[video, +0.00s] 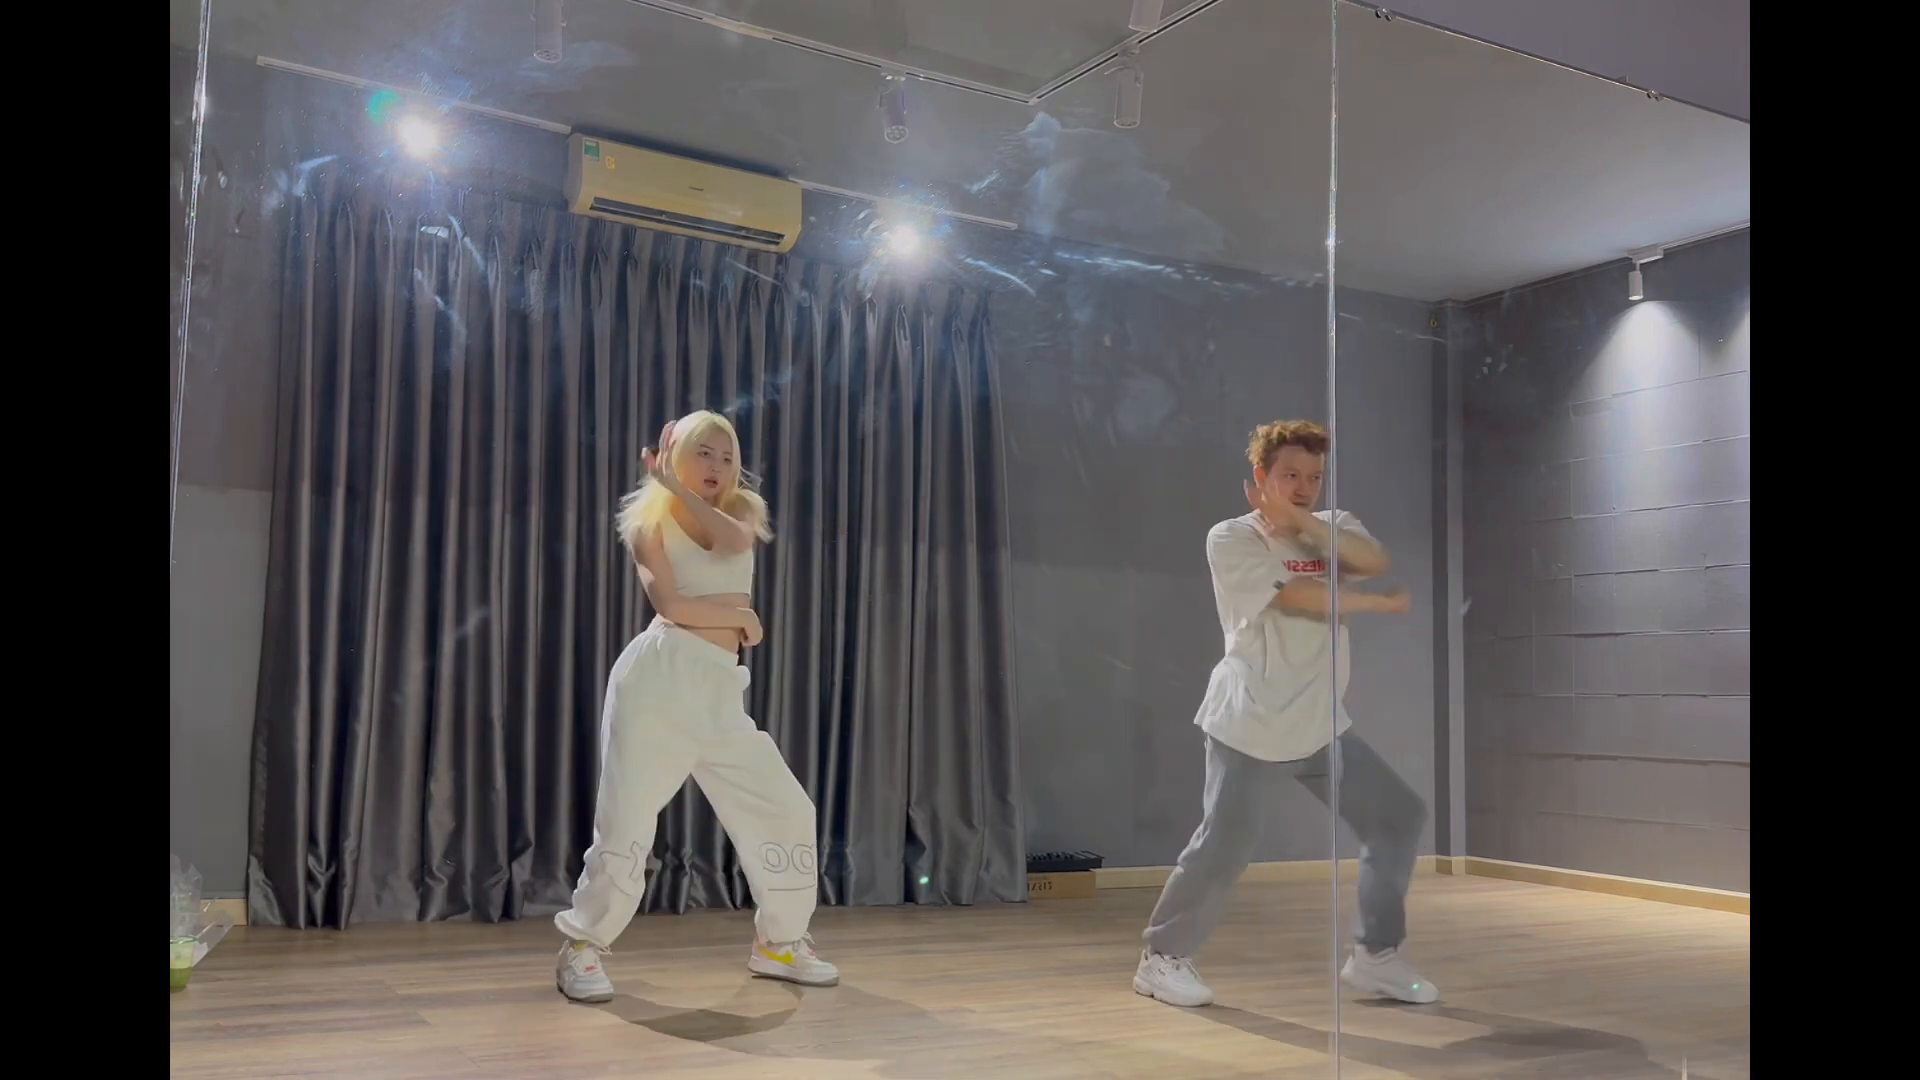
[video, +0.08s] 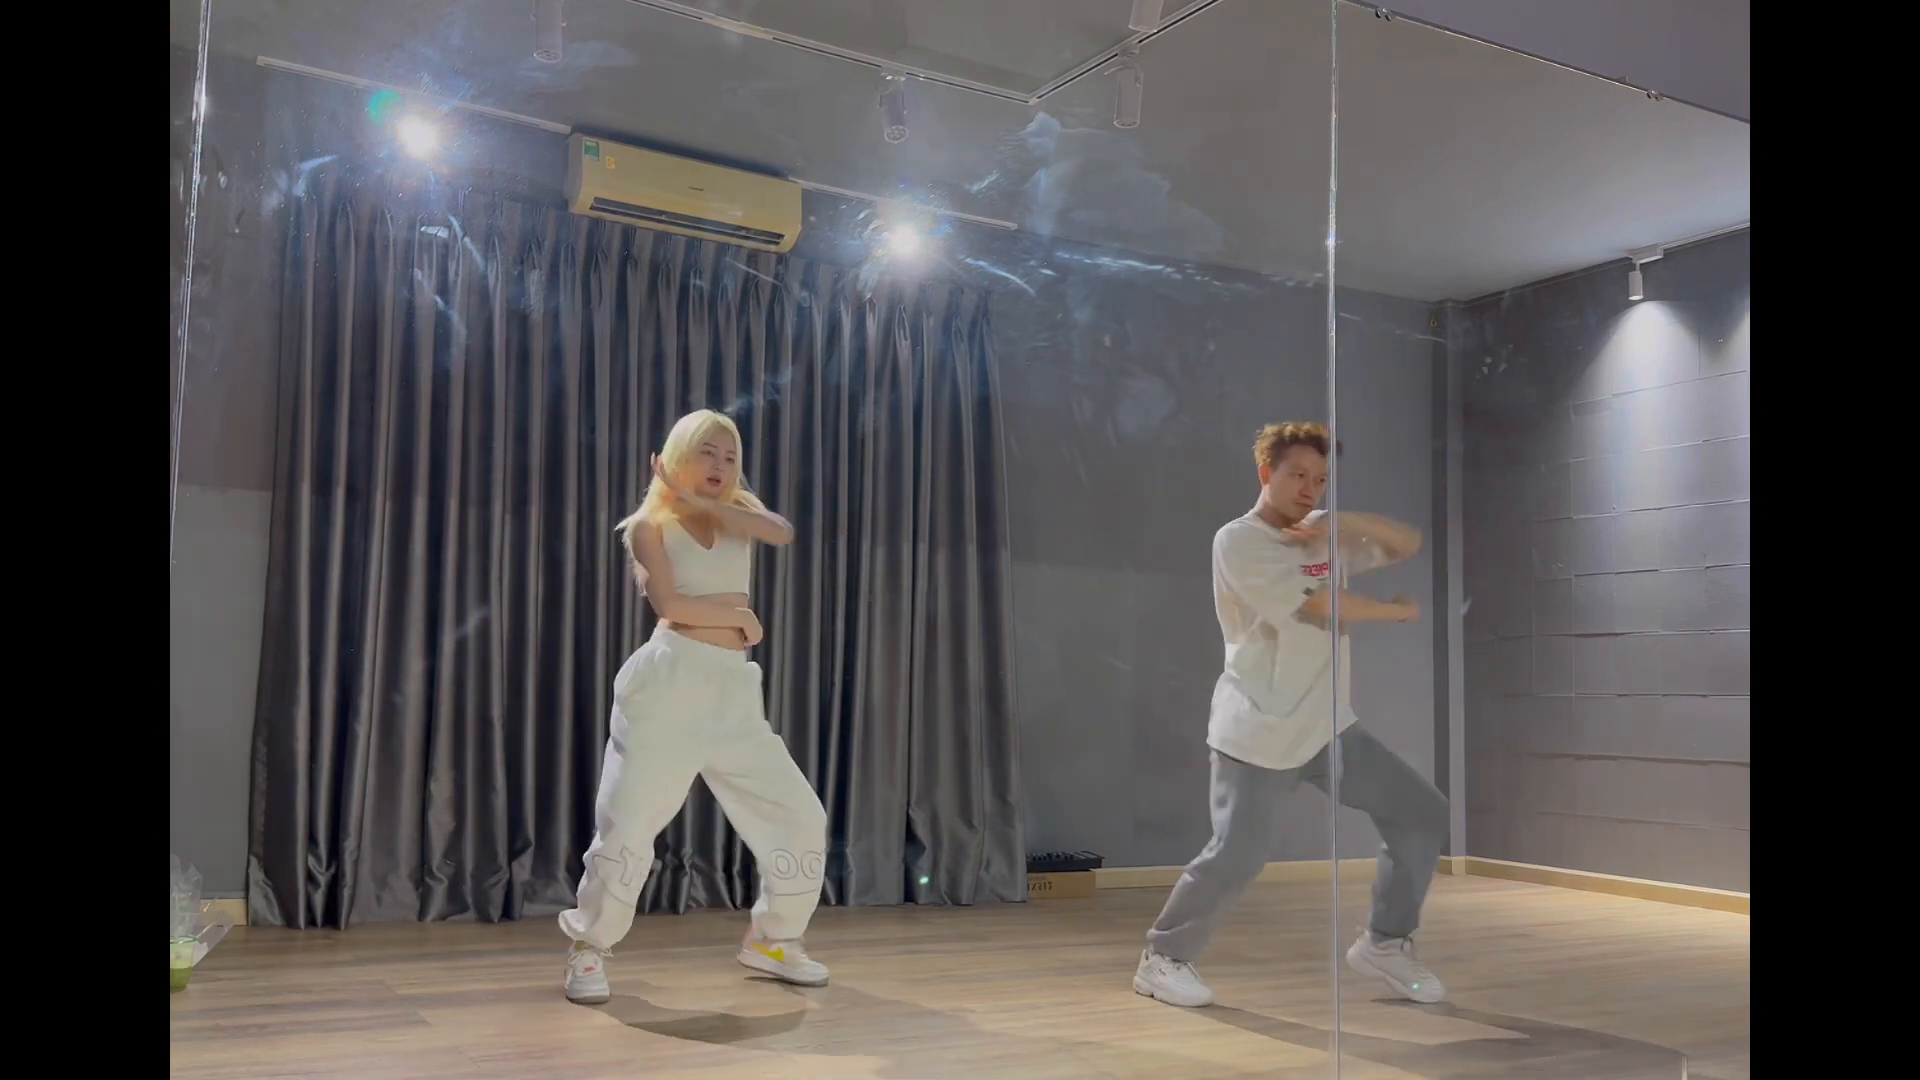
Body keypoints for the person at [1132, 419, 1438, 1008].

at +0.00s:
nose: (1305, 487)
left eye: (1313, 477)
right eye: (1292, 476)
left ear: (1321, 483)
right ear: (1259, 480)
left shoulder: (1334, 528)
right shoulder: (1230, 541)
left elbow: (1377, 563)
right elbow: (1292, 596)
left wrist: (1308, 529)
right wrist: (1380, 603)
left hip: (1316, 722)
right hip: (1246, 721)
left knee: (1399, 816)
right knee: (1226, 839)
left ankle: (1375, 956)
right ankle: (1162, 958)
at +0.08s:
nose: (1310, 491)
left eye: (1319, 480)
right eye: (1299, 477)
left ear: (1324, 484)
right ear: (1265, 473)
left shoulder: (1321, 539)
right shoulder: (1238, 540)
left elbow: (1408, 542)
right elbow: (1316, 607)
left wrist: (1337, 524)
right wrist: (1394, 610)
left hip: (1320, 723)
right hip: (1252, 727)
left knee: (1422, 814)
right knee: (1239, 851)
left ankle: (1385, 946)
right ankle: (1162, 958)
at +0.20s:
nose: (1335, 482)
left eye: (1343, 473)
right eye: (1323, 468)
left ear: (1348, 477)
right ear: (1286, 465)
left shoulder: (1327, 524)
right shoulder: (1265, 529)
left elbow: (1385, 488)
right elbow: (1340, 598)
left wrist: (1380, 485)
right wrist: (1402, 607)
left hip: (1365, 716)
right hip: (1298, 725)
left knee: (1444, 844)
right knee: (1253, 851)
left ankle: (1387, 962)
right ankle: (1166, 956)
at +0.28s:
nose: (1354, 483)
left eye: (1360, 475)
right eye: (1345, 467)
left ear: (1362, 476)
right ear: (1307, 459)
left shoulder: (1322, 513)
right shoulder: (1286, 518)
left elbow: (1359, 475)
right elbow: (1369, 583)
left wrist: (1409, 442)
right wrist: (1422, 599)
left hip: (1407, 710)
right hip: (1341, 724)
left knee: (1451, 836)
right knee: (1302, 844)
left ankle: (1390, 962)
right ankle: (1204, 942)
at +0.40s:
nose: (1391, 460)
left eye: (1394, 448)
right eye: (1380, 445)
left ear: (1378, 455)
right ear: (1340, 450)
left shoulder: (1364, 510)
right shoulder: (1324, 509)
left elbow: (1419, 525)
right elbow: (1357, 545)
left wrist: (1399, 453)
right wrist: (1398, 466)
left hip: (1424, 700)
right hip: (1378, 710)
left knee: (1449, 835)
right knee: (1440, 836)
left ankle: (1392, 960)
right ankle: (1332, 889)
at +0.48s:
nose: (1406, 452)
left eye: (1410, 442)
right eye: (1396, 440)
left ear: (1406, 448)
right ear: (1358, 445)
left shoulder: (1390, 514)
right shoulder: (1342, 507)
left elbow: (1463, 559)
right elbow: (1383, 562)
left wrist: (1421, 484)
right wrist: (1397, 481)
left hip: (1417, 700)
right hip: (1393, 701)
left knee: (1431, 830)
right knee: (1513, 790)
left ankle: (1389, 961)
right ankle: (1418, 901)